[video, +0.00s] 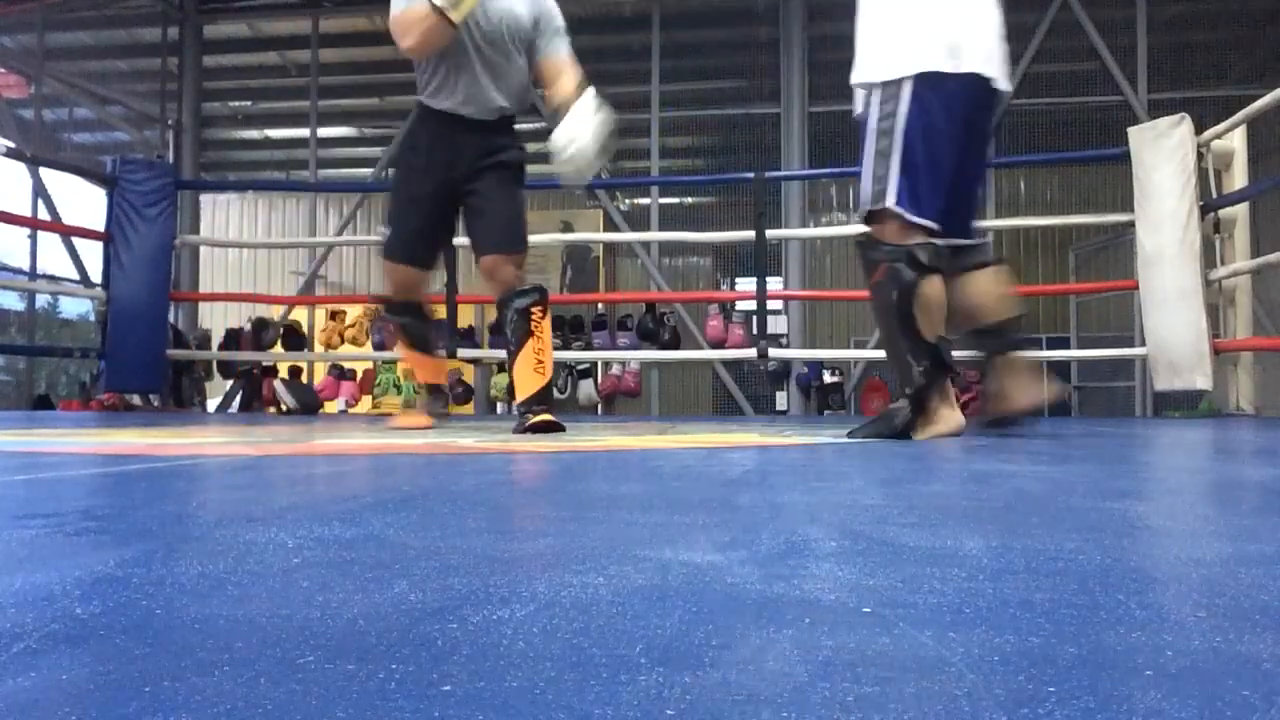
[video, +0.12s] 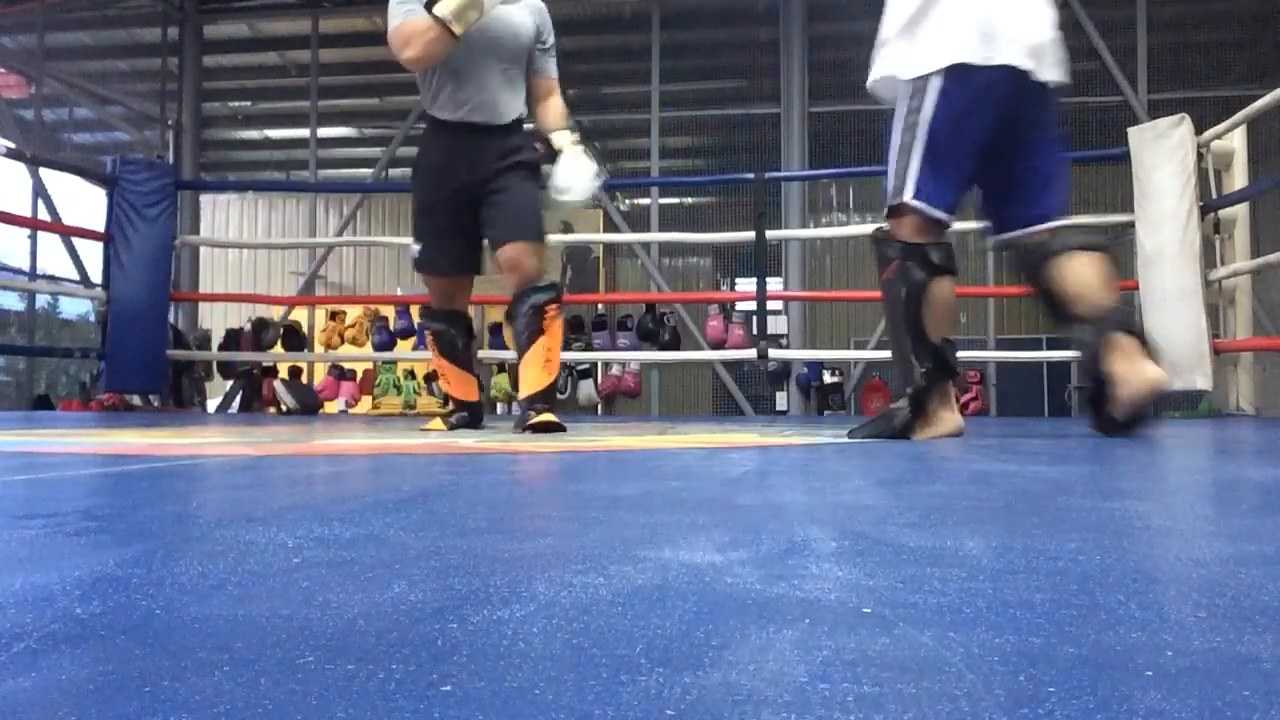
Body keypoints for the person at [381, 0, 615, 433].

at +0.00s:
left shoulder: (538, 6)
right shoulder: (418, 0)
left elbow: (562, 79)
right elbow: (413, 42)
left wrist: (580, 120)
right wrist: (459, 3)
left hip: (496, 140)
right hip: (432, 134)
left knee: (500, 266)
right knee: (401, 276)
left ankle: (534, 402)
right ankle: (433, 385)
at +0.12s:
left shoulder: (532, 10)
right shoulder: (413, 4)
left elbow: (546, 94)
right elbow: (412, 52)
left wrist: (567, 145)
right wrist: (462, 9)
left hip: (510, 149)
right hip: (444, 149)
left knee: (523, 263)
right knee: (447, 283)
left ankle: (537, 401)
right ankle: (463, 405)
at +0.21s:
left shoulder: (536, 5)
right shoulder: (419, 2)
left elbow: (567, 72)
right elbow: (421, 47)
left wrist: (623, 103)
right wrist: (467, 7)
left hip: (520, 133)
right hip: (454, 135)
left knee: (547, 248)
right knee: (456, 275)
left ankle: (559, 391)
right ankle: (460, 402)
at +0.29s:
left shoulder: (548, 4)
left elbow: (585, 58)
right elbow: (429, 37)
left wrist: (653, 68)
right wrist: (482, 3)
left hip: (528, 121)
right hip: (463, 123)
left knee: (555, 246)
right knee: (459, 269)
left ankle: (578, 384)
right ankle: (462, 394)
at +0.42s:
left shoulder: (561, 6)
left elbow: (617, 57)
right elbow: (448, 36)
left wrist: (678, 39)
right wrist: (498, 4)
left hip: (539, 131)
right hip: (474, 130)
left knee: (566, 261)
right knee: (469, 270)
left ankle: (618, 396)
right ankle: (461, 397)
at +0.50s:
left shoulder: (578, 9)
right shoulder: (468, 2)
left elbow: (631, 68)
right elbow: (467, 46)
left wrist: (692, 37)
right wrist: (513, 7)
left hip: (556, 141)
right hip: (491, 138)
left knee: (580, 272)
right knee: (479, 274)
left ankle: (618, 405)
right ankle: (461, 399)